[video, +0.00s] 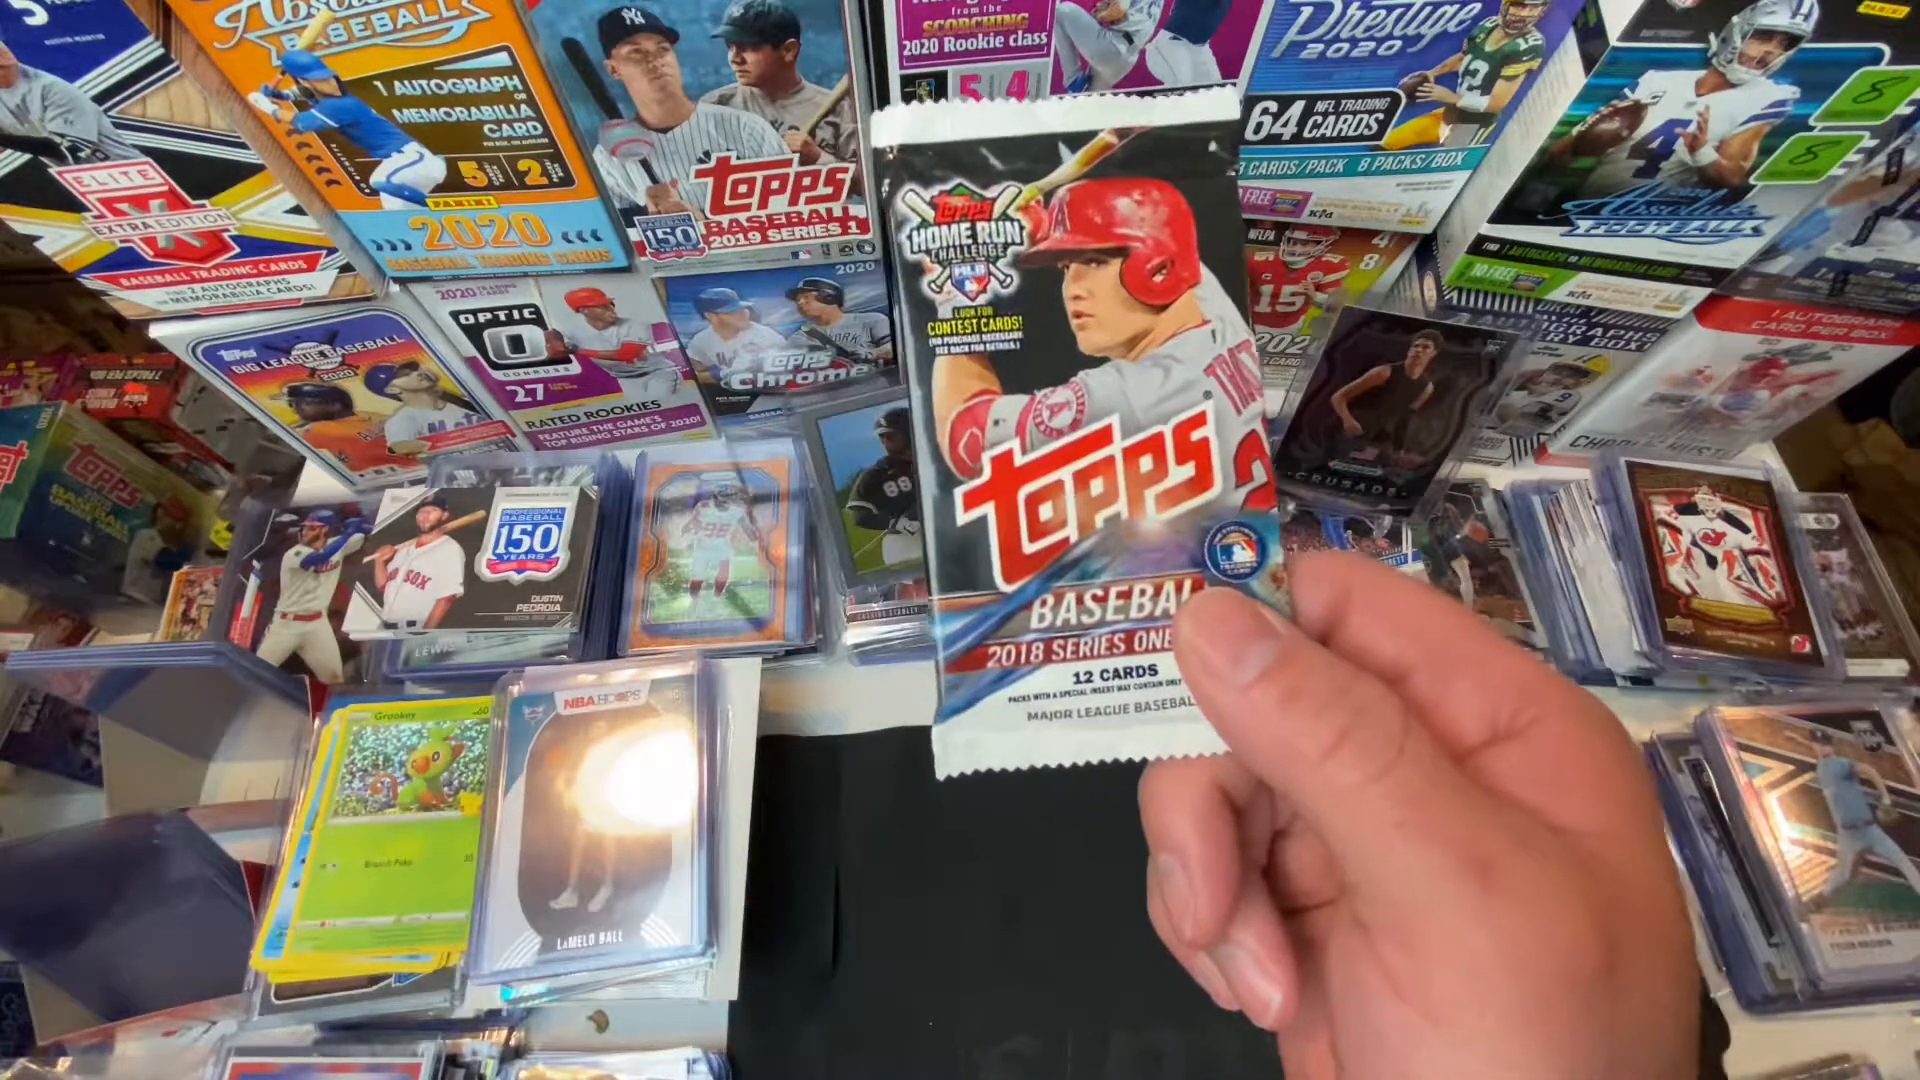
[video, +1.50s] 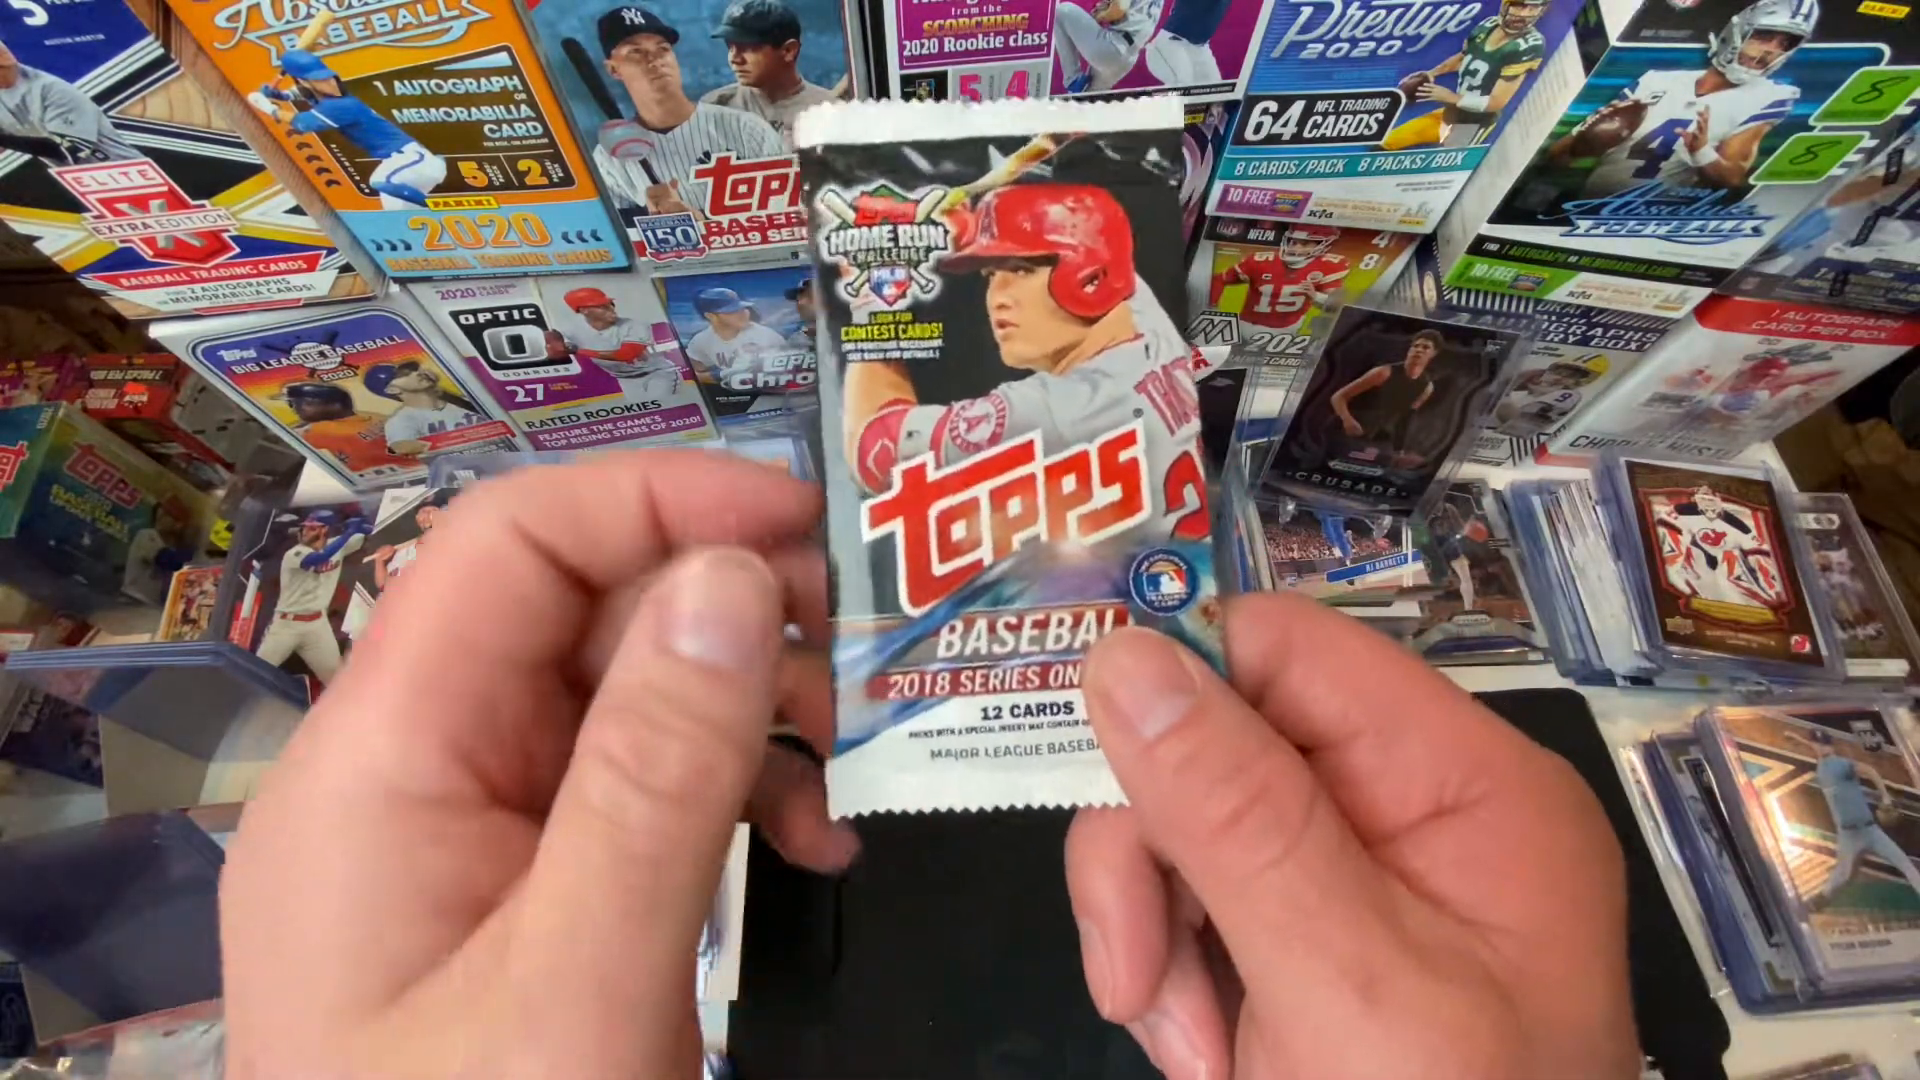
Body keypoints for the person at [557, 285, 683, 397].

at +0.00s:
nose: (612, 310)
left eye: (611, 305)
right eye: (605, 307)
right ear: (586, 312)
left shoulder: (633, 325)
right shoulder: (577, 335)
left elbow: (628, 354)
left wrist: (582, 353)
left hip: (658, 371)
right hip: (624, 377)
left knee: (656, 399)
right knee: (631, 404)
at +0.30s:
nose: (612, 310)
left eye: (611, 305)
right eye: (605, 307)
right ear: (586, 312)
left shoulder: (632, 325)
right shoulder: (578, 335)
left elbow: (628, 354)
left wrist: (581, 353)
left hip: (658, 371)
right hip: (624, 377)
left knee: (656, 399)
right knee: (630, 404)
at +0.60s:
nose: (612, 310)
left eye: (611, 305)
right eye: (604, 308)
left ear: (613, 304)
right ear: (587, 312)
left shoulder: (633, 325)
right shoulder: (579, 336)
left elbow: (627, 354)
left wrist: (581, 353)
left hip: (658, 371)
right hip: (624, 378)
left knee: (657, 395)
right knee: (630, 402)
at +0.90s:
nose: (612, 310)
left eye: (611, 306)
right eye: (605, 308)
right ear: (587, 312)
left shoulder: (632, 325)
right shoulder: (578, 336)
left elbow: (628, 354)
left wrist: (582, 353)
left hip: (657, 371)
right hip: (625, 378)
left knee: (657, 400)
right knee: (633, 406)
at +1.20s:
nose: (612, 311)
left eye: (611, 306)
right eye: (605, 308)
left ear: (612, 304)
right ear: (587, 312)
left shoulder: (632, 326)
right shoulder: (578, 336)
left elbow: (628, 354)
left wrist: (582, 353)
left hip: (657, 371)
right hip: (625, 378)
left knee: (657, 401)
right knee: (633, 406)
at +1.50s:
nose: (612, 310)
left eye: (611, 305)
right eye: (605, 307)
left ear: (612, 304)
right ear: (587, 312)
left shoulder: (632, 326)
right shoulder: (578, 335)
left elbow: (628, 354)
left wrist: (582, 353)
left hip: (657, 372)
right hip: (624, 379)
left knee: (657, 402)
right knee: (631, 407)